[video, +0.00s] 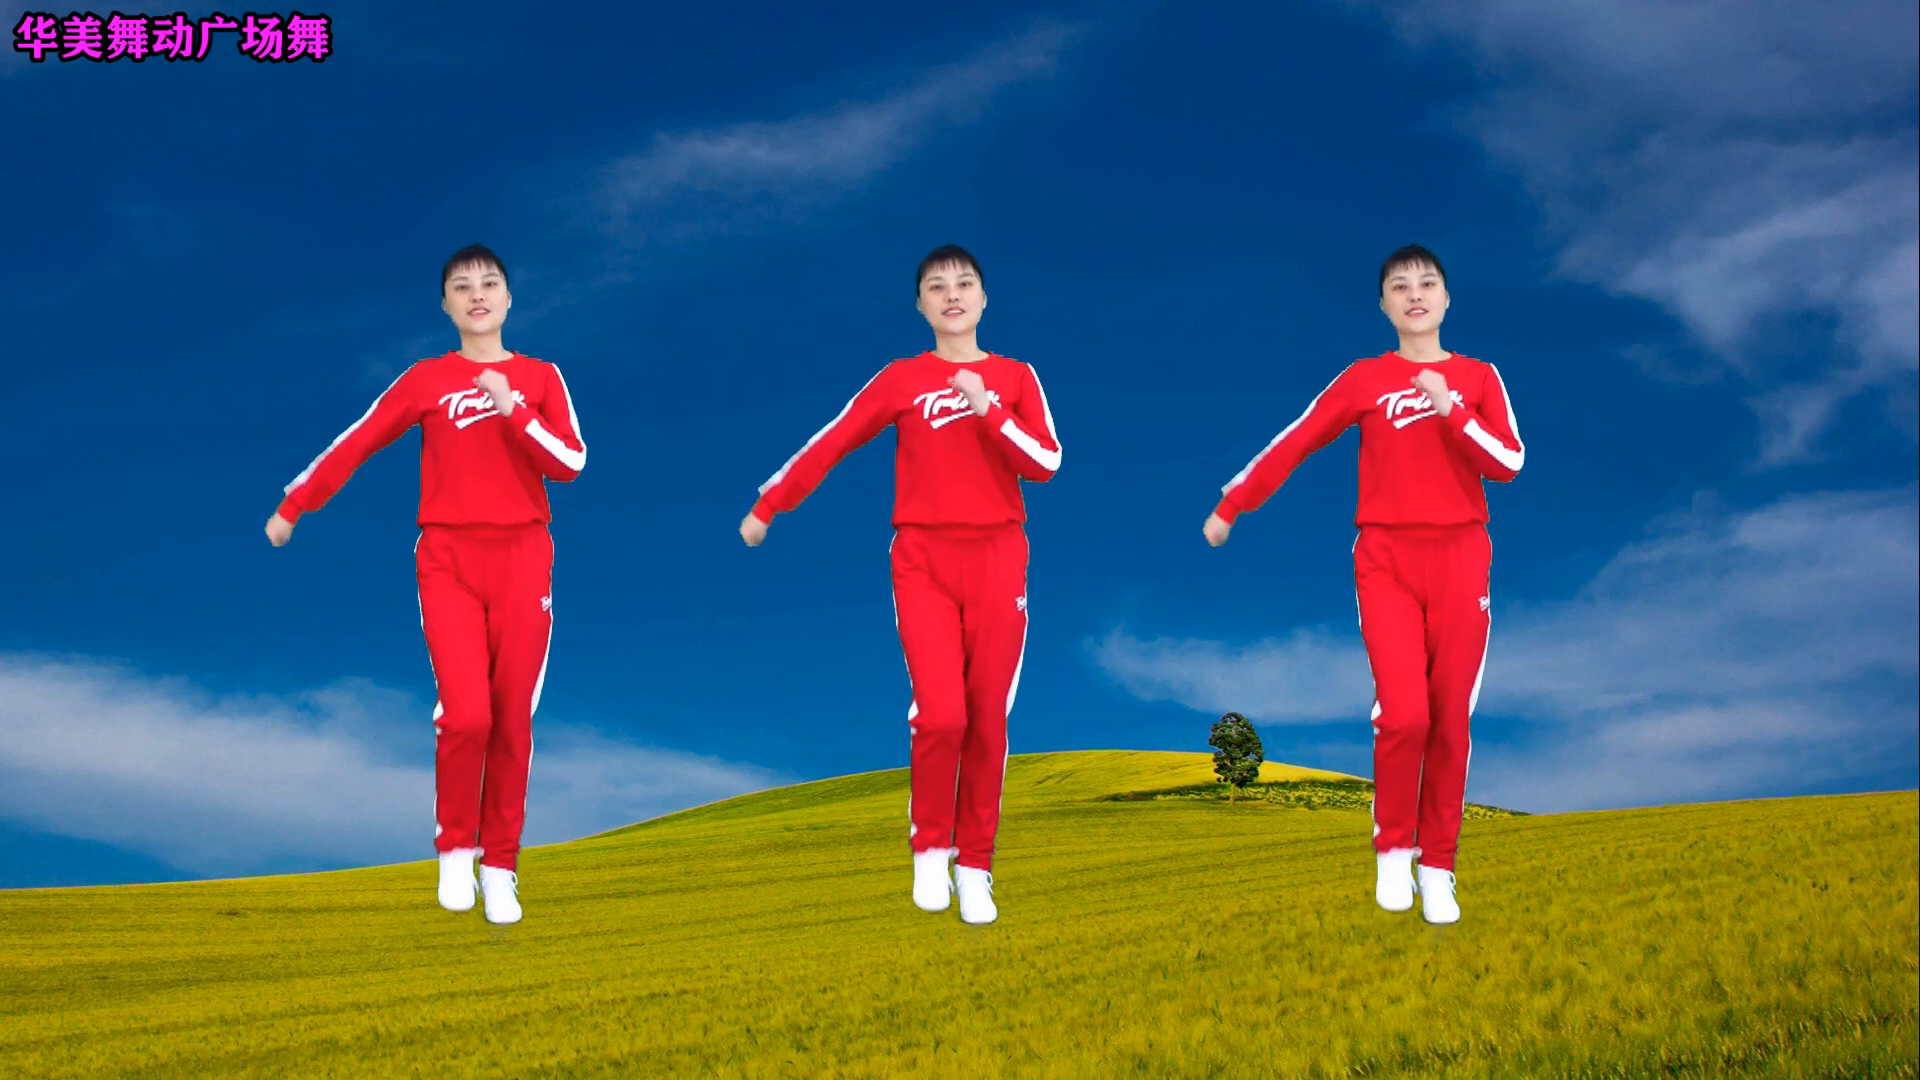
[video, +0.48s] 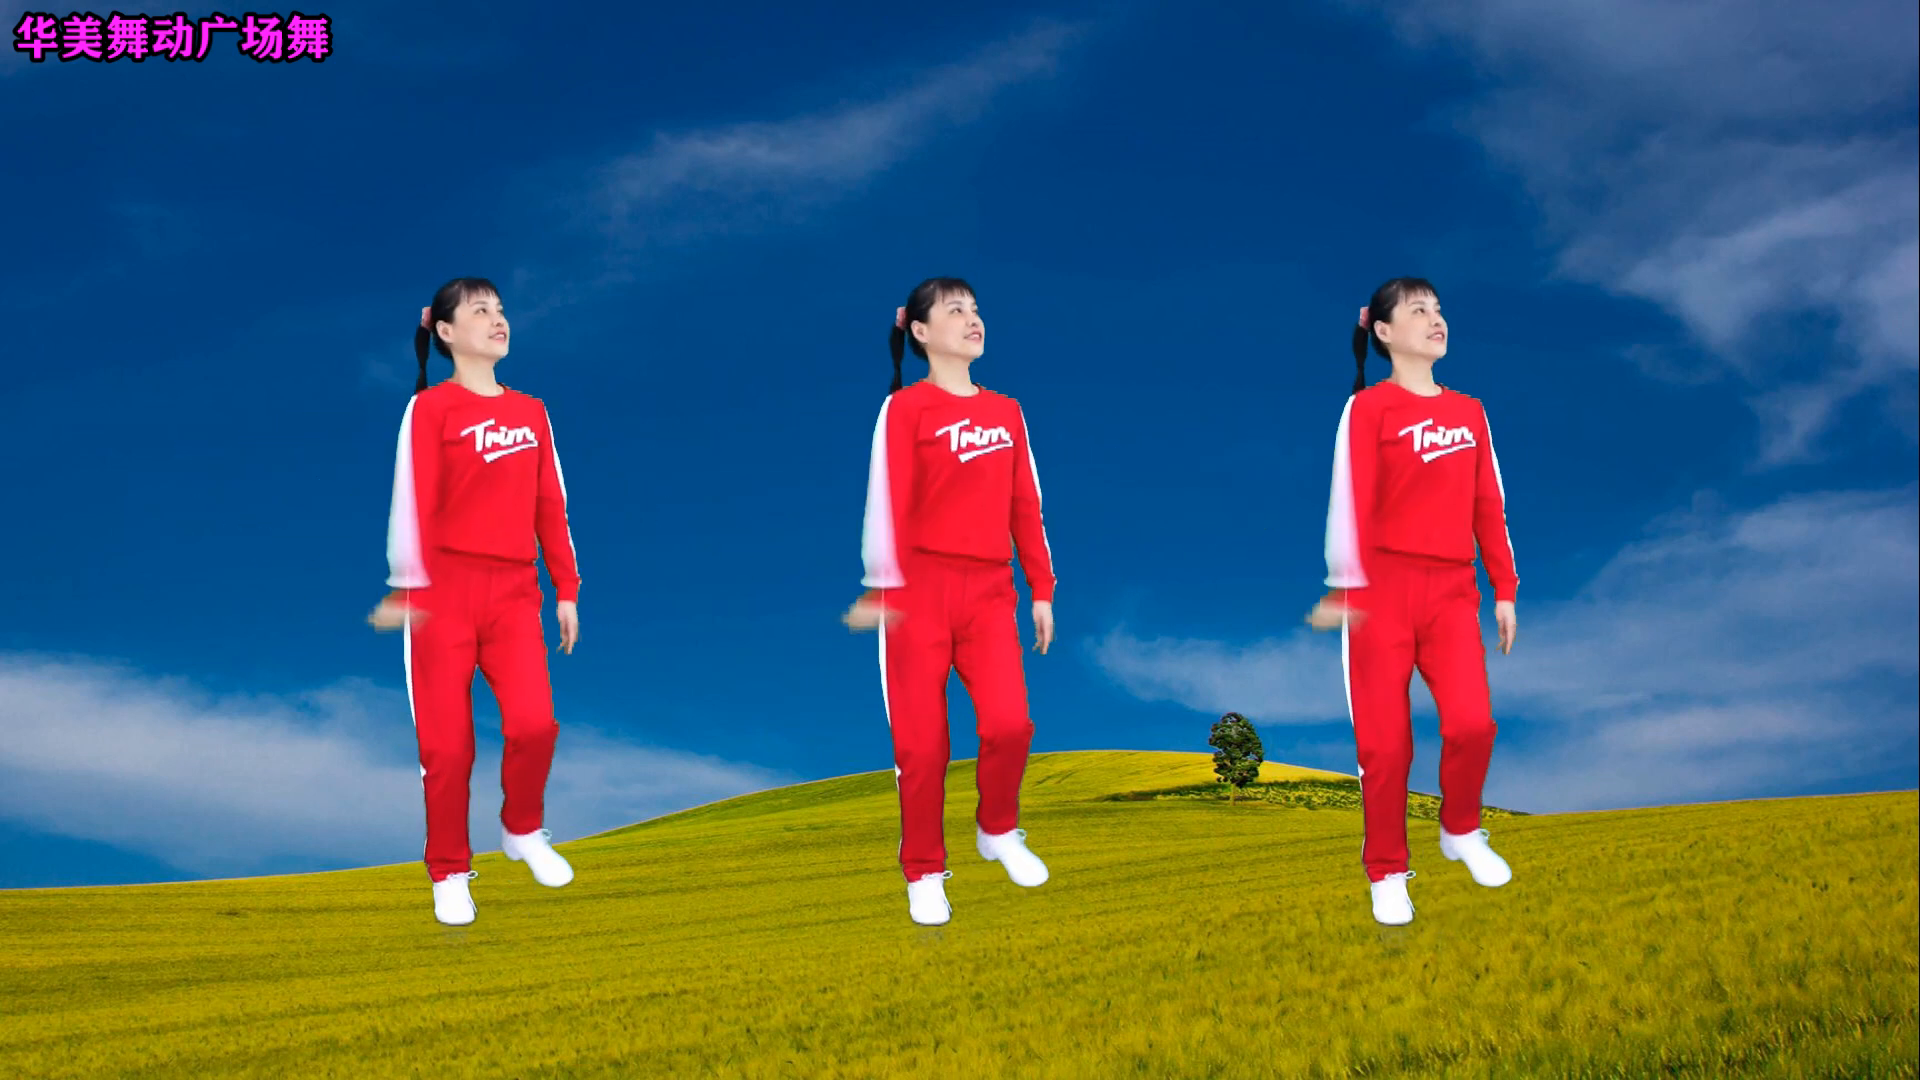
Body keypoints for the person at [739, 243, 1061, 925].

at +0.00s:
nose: (953, 295)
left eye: (964, 284)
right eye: (938, 287)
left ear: (983, 298)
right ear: (922, 305)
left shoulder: (1014, 376)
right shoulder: (899, 380)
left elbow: (1045, 462)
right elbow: (831, 442)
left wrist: (990, 412)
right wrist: (766, 504)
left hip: (999, 556)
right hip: (923, 557)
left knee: (989, 715)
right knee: (941, 713)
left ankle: (975, 862)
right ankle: (931, 848)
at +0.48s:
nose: (973, 319)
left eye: (975, 310)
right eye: (955, 311)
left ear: (980, 329)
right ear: (919, 331)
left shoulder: (1006, 411)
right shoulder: (904, 407)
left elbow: (1027, 507)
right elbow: (885, 497)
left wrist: (1041, 588)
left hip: (990, 587)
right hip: (918, 584)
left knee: (1011, 724)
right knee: (921, 742)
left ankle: (998, 829)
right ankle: (924, 871)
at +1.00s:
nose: (1021, 302)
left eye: (1027, 293)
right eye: (1004, 295)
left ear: (1039, 309)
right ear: (976, 316)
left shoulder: (1072, 378)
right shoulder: (967, 379)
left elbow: (1105, 473)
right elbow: (917, 315)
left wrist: (1115, 558)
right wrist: (920, 227)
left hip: (1084, 558)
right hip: (1011, 558)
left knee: (1088, 725)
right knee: (997, 723)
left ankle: (1086, 867)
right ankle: (947, 852)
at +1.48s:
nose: (1052, 303)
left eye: (1064, 292)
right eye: (1038, 295)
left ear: (1083, 304)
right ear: (1023, 310)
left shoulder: (1120, 371)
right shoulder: (1005, 390)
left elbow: (1185, 437)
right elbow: (982, 480)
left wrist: (1245, 502)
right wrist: (955, 561)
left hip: (1108, 560)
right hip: (1032, 563)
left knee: (1102, 723)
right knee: (1047, 722)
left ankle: (1094, 865)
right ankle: (1051, 852)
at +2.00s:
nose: (1011, 306)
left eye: (1026, 294)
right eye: (1008, 297)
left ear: (1066, 304)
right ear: (1009, 313)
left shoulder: (1095, 369)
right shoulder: (993, 393)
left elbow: (1031, 386)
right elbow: (979, 484)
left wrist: (943, 406)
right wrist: (967, 561)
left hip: (1080, 558)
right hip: (1006, 561)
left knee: (1085, 719)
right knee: (967, 699)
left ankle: (1089, 862)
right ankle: (959, 828)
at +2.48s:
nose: (944, 317)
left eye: (959, 308)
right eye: (936, 309)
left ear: (984, 323)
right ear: (925, 323)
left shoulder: (1002, 394)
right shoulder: (897, 398)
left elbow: (1057, 380)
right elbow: (864, 483)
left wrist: (1089, 312)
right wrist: (846, 559)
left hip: (962, 570)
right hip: (891, 569)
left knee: (955, 719)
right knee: (886, 730)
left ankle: (1016, 823)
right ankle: (898, 865)